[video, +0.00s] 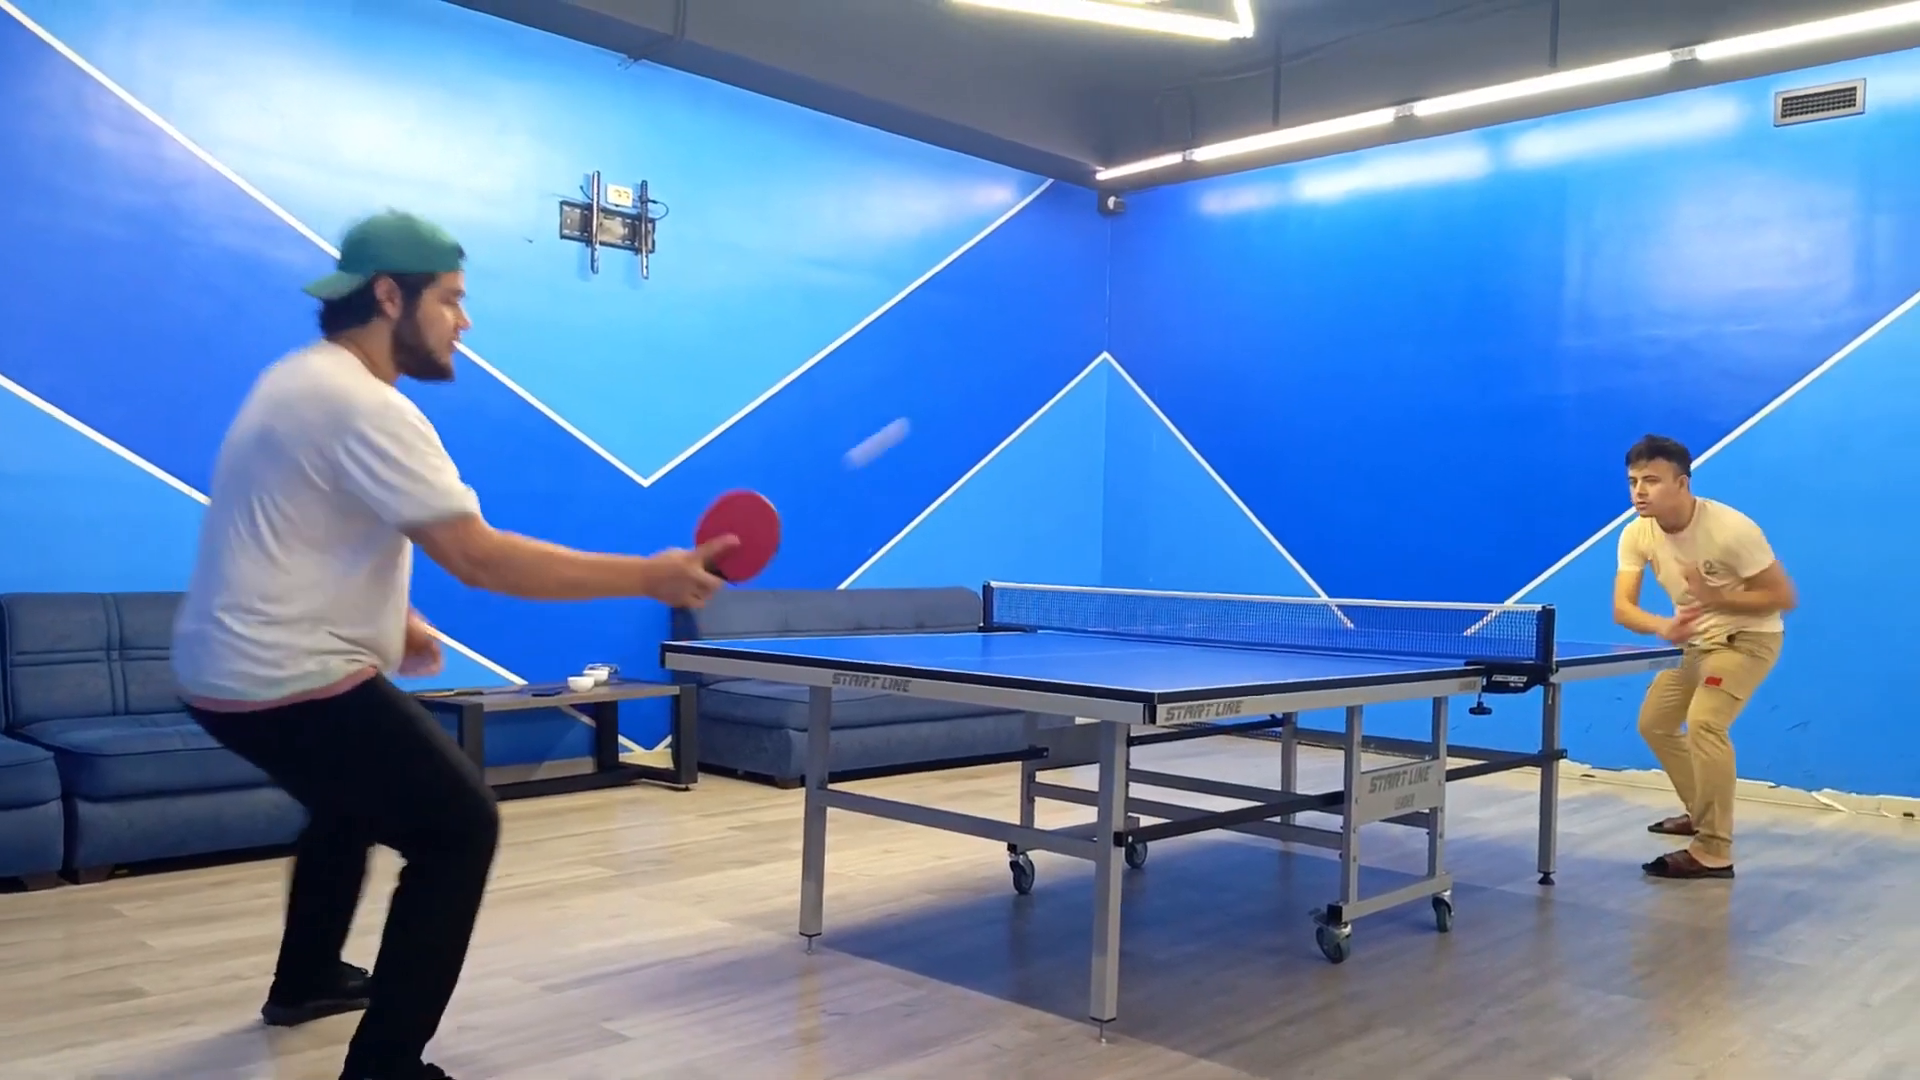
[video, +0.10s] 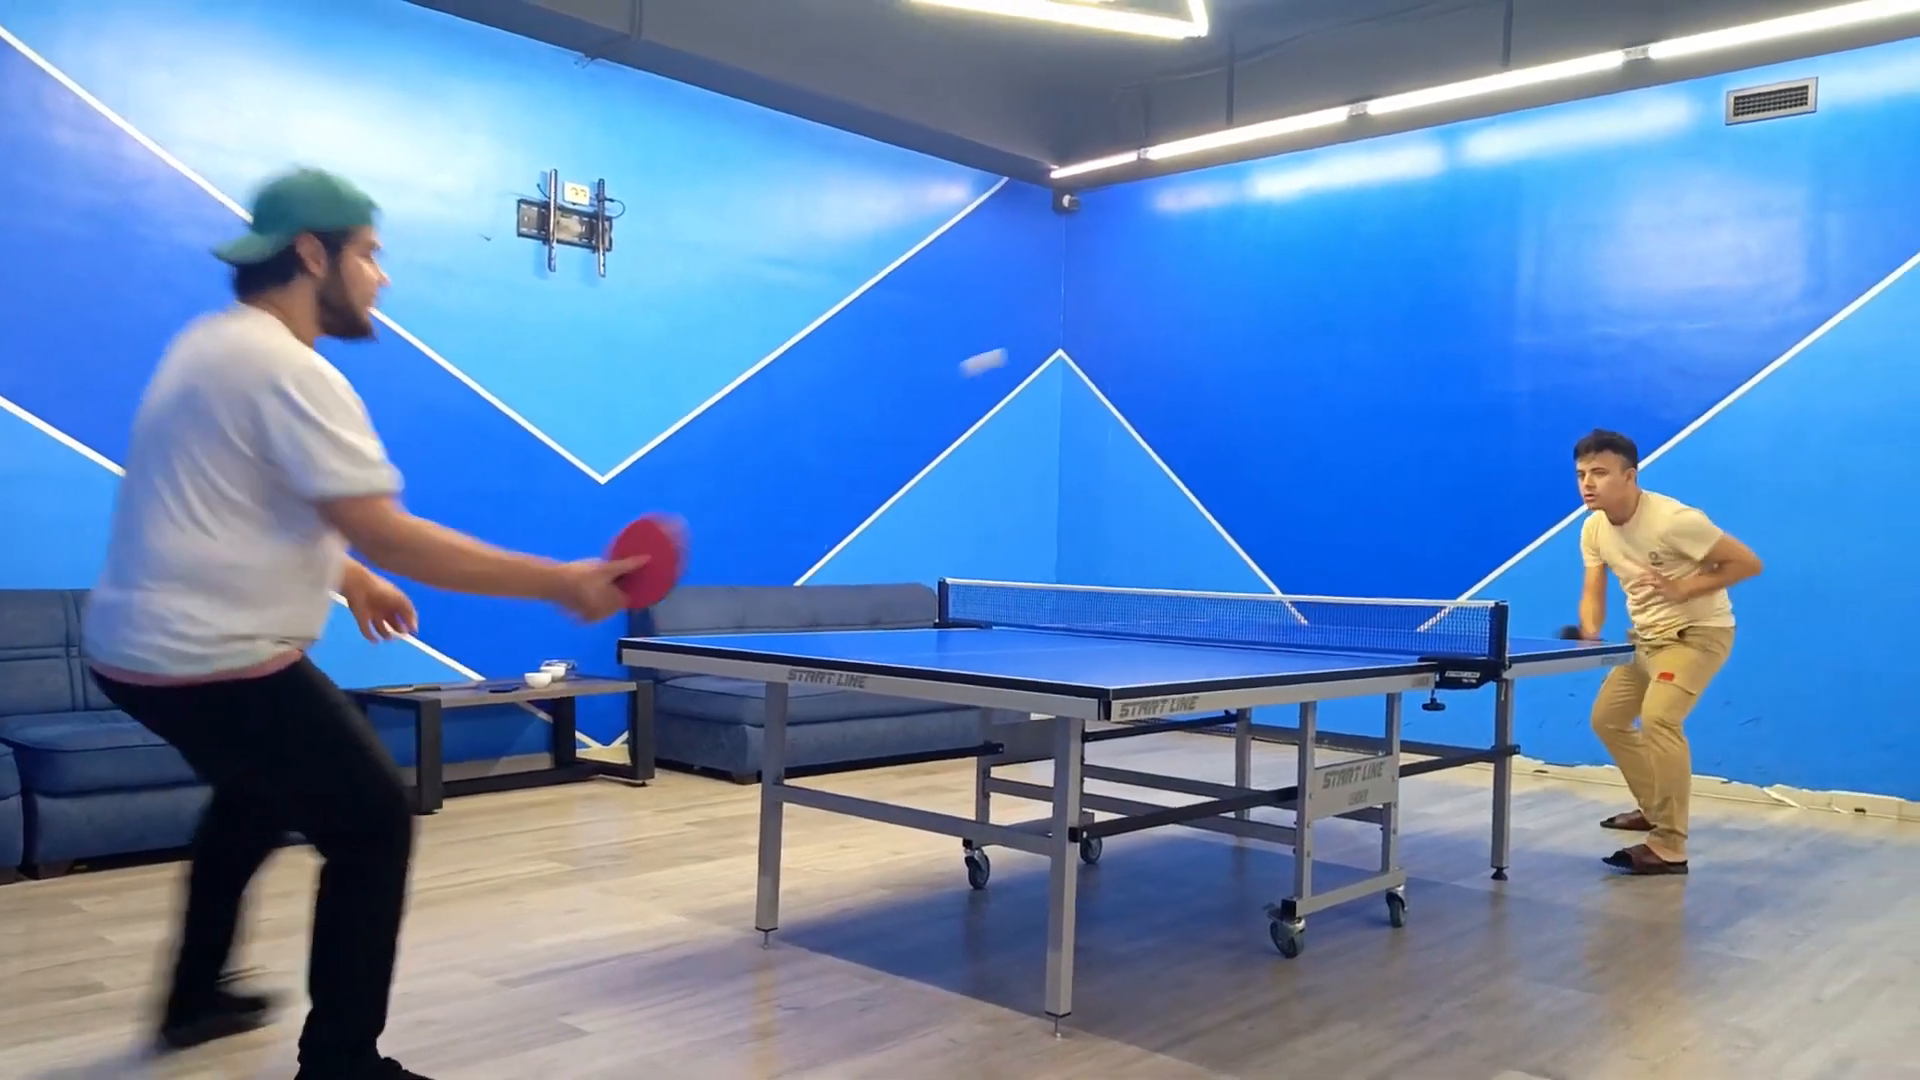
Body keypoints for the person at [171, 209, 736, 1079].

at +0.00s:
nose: (463, 323)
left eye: (461, 304)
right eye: (450, 302)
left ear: (382, 300)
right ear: (388, 298)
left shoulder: (298, 381)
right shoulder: (362, 408)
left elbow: (291, 540)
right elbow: (478, 556)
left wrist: (382, 616)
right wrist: (649, 575)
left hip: (235, 671)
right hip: (296, 677)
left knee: (347, 799)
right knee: (457, 826)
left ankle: (306, 977)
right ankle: (388, 1062)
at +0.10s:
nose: (381, 276)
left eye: (379, 256)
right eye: (370, 255)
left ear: (303, 259)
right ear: (311, 256)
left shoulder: (208, 344)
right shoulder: (291, 375)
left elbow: (244, 503)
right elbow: (388, 534)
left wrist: (351, 578)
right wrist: (562, 581)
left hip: (145, 651)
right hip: (225, 659)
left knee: (259, 789)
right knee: (372, 821)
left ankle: (193, 997)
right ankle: (342, 1054)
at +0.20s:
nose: (287, 239)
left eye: (283, 217)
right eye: (273, 216)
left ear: (207, 220)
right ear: (217, 218)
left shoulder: (115, 316)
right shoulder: (189, 340)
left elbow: (164, 493)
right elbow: (224, 514)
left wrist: (273, 560)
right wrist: (403, 599)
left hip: (65, 637)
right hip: (141, 644)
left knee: (154, 806)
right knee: (274, 818)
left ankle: (9, 1015)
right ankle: (295, 1052)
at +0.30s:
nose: (242, 222)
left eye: (238, 200)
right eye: (228, 200)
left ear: (168, 205)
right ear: (167, 201)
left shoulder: (123, 315)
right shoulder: (118, 317)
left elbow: (164, 518)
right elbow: (110, 499)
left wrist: (286, 601)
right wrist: (265, 607)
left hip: (65, 663)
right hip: (116, 664)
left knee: (39, 869)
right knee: (228, 856)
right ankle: (300, 1052)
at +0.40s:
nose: (197, 221)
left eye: (194, 200)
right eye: (181, 198)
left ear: (117, 201)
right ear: (116, 197)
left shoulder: (84, 314)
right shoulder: (52, 312)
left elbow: (86, 501)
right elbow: (7, 493)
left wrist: (197, 593)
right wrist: (124, 638)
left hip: (64, 675)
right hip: (56, 679)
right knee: (184, 880)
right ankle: (296, 1061)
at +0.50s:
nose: (157, 208)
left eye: (153, 184)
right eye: (140, 182)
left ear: (81, 184)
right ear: (73, 180)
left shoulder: (53, 301)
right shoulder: (21, 293)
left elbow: (39, 502)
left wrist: (127, 625)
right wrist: (7, 643)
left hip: (63, 677)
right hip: (28, 681)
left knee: (152, 888)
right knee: (148, 887)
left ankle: (255, 1061)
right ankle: (255, 1061)